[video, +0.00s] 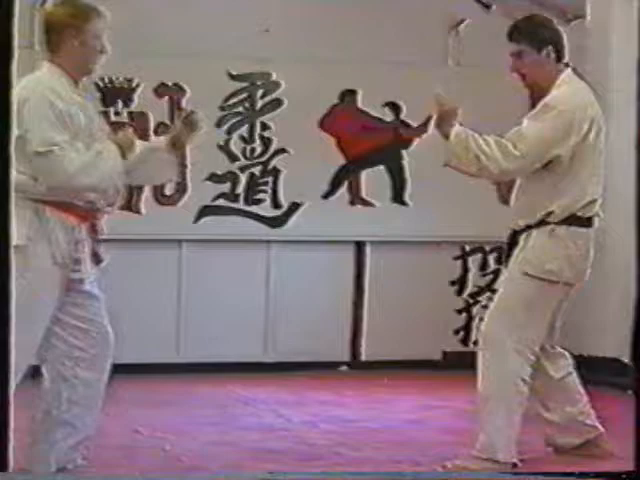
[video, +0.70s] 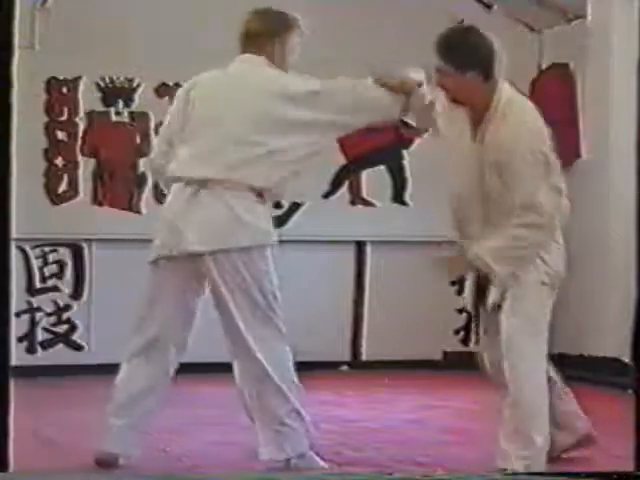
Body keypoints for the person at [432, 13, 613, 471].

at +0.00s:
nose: (514, 69)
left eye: (520, 58)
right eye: (512, 59)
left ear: (549, 55)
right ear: (546, 57)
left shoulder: (568, 102)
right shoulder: (565, 98)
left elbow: (512, 156)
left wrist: (452, 132)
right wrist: (506, 178)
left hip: (555, 238)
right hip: (561, 237)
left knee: (500, 335)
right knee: (534, 340)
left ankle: (494, 453)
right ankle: (580, 433)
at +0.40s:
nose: (493, 82)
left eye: (499, 72)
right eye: (491, 72)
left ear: (529, 70)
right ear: (523, 71)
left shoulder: (556, 123)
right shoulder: (527, 120)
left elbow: (556, 208)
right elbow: (529, 202)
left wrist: (504, 179)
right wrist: (493, 234)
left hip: (560, 251)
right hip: (542, 248)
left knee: (514, 344)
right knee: (522, 347)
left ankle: (514, 452)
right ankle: (575, 434)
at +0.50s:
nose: (485, 84)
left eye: (492, 74)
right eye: (483, 74)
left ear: (523, 73)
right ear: (510, 74)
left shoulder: (559, 129)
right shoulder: (498, 122)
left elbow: (572, 216)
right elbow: (493, 190)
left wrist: (510, 214)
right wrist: (459, 201)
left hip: (554, 257)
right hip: (517, 256)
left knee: (518, 346)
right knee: (525, 349)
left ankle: (535, 460)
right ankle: (580, 434)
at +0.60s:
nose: (471, 84)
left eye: (479, 75)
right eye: (470, 75)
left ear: (509, 75)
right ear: (501, 76)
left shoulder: (547, 129)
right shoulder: (478, 119)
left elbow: (569, 213)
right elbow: (439, 157)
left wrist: (512, 234)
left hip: (546, 257)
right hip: (510, 257)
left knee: (514, 350)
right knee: (525, 351)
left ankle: (533, 462)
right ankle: (582, 432)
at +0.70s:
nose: (441, 86)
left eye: (447, 77)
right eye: (440, 76)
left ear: (473, 75)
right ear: (474, 73)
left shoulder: (518, 128)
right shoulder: (465, 109)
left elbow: (537, 218)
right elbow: (436, 117)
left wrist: (483, 258)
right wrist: (414, 93)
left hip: (533, 251)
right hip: (494, 248)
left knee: (520, 352)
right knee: (496, 354)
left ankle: (523, 460)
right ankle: (569, 425)